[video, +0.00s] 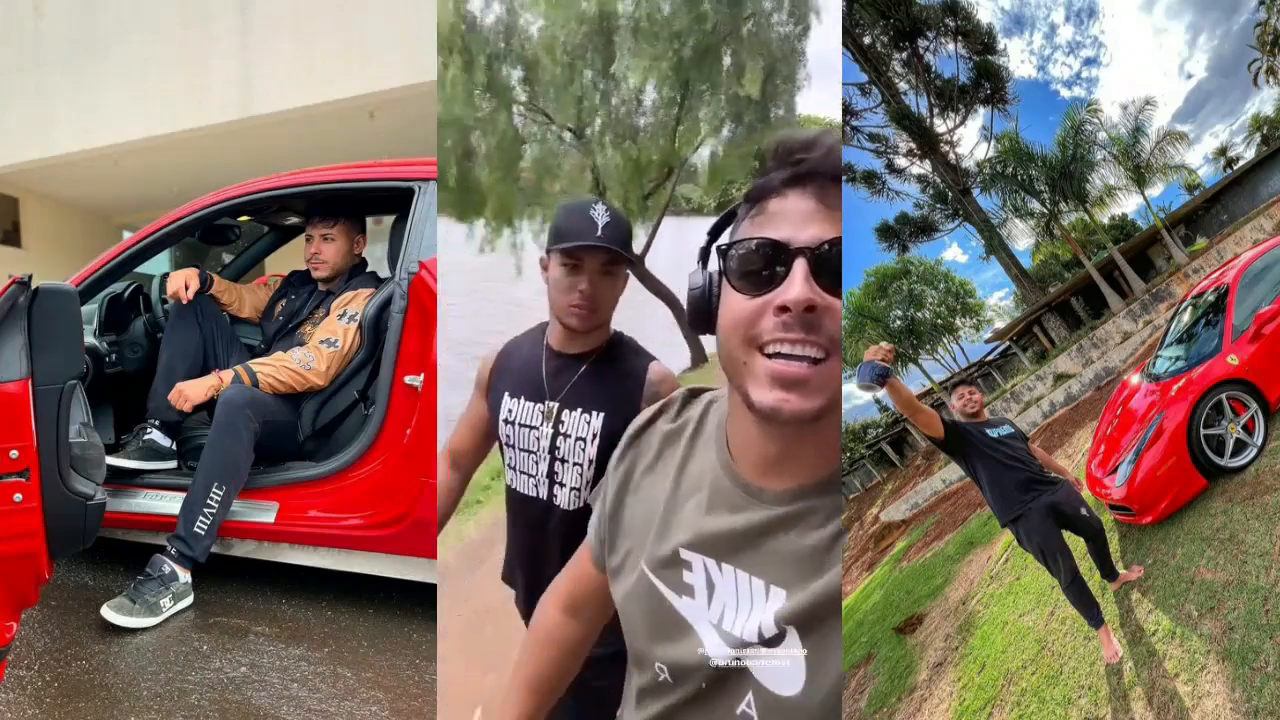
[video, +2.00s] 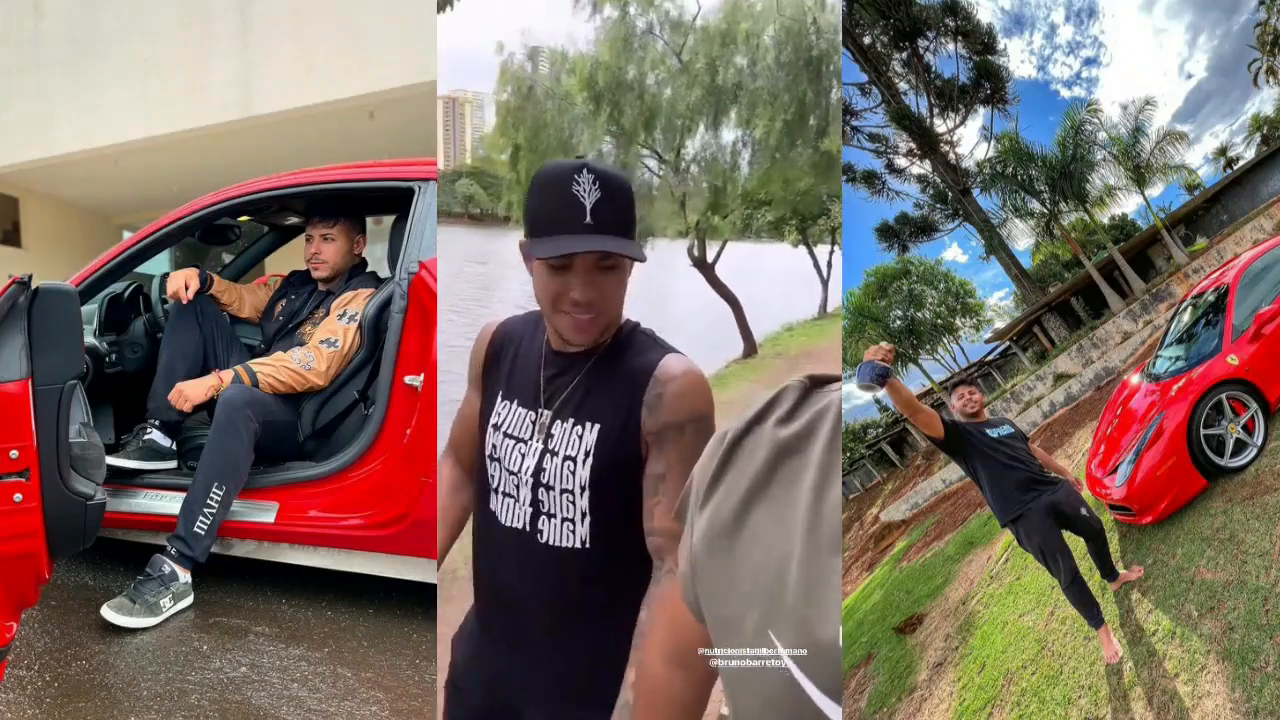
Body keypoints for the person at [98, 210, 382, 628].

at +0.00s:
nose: (315, 249)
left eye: (328, 239)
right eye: (310, 239)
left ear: (358, 245)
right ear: (304, 244)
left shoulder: (361, 297)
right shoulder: (292, 286)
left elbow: (315, 366)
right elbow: (243, 299)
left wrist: (219, 381)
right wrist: (203, 279)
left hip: (315, 411)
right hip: (265, 389)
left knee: (239, 402)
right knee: (196, 303)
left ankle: (177, 568)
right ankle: (161, 433)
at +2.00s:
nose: (314, 250)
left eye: (328, 239)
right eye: (310, 239)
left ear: (358, 245)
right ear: (304, 244)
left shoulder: (362, 297)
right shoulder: (292, 286)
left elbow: (315, 366)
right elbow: (242, 299)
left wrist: (219, 380)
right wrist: (202, 278)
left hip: (316, 410)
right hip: (266, 389)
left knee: (239, 402)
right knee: (196, 303)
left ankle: (177, 568)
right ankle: (161, 433)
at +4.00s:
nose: (315, 249)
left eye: (328, 239)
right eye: (310, 239)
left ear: (358, 245)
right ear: (304, 244)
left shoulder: (361, 297)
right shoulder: (292, 286)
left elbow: (315, 366)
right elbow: (243, 299)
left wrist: (220, 380)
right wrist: (203, 279)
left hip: (315, 410)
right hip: (265, 388)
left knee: (239, 402)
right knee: (196, 303)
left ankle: (177, 568)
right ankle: (161, 433)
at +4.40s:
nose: (314, 250)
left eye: (328, 239)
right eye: (310, 239)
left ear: (358, 245)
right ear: (304, 243)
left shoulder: (361, 297)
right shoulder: (291, 286)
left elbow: (315, 366)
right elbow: (243, 299)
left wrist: (219, 380)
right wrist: (201, 278)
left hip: (317, 411)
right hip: (266, 390)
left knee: (239, 402)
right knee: (196, 303)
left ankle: (177, 568)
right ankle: (161, 433)